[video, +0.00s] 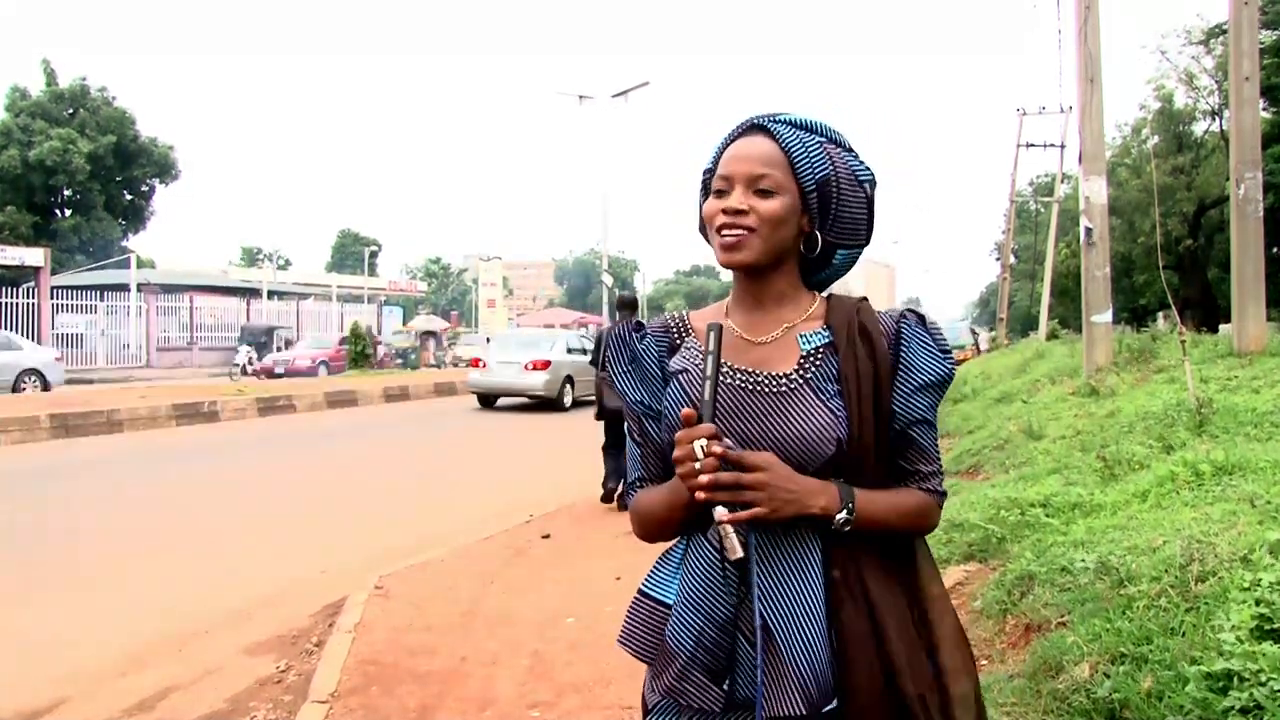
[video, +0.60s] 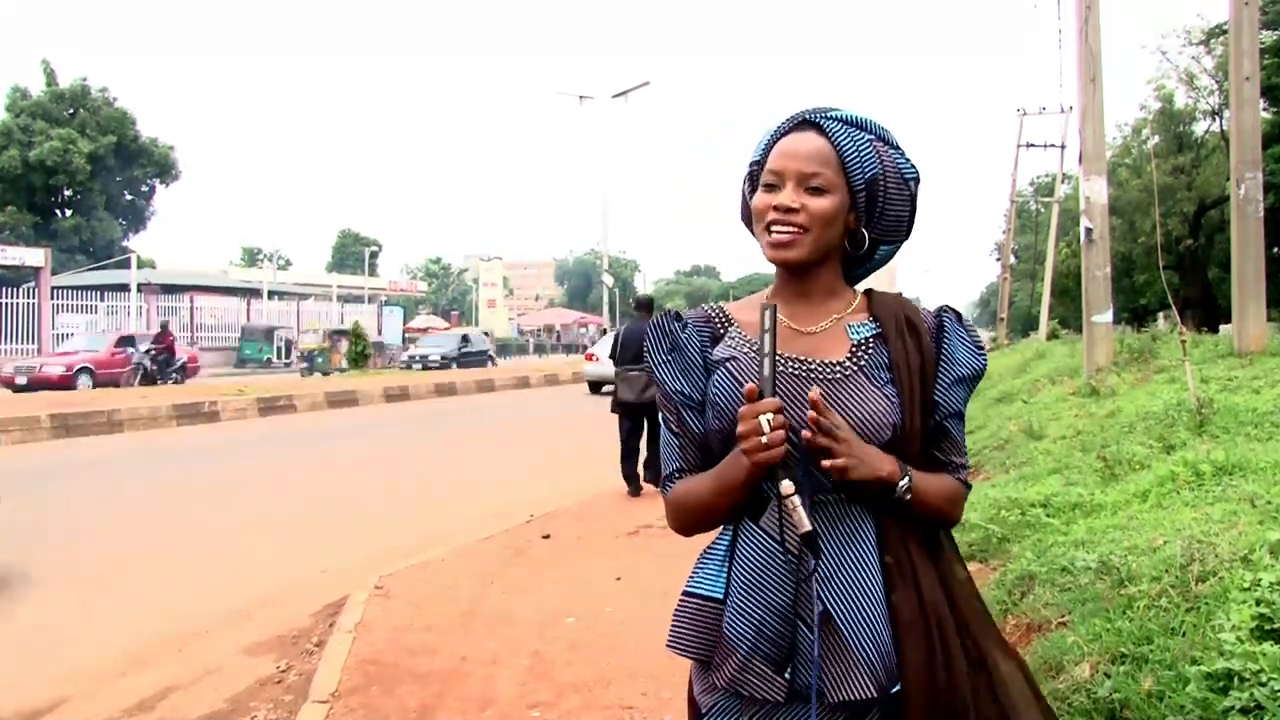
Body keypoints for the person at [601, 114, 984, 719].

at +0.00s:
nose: (733, 206)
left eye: (762, 191)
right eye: (720, 190)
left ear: (809, 217)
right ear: (705, 208)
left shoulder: (877, 342)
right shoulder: (666, 349)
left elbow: (926, 504)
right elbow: (645, 521)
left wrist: (813, 494)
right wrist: (685, 486)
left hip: (847, 651)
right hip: (709, 654)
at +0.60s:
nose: (785, 203)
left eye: (813, 187)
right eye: (771, 184)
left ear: (856, 213)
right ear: (749, 202)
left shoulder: (916, 334)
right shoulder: (706, 336)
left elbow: (952, 498)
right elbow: (680, 514)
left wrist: (878, 465)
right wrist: (742, 461)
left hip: (880, 614)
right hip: (750, 621)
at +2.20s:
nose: (817, 228)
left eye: (847, 210)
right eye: (805, 209)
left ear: (894, 231)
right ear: (788, 224)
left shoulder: (960, 349)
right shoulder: (760, 361)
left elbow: (1001, 519)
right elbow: (743, 531)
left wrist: (960, 453)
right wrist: (786, 494)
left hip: (934, 625)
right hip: (809, 625)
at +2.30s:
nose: (821, 219)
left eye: (849, 202)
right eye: (807, 203)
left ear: (896, 226)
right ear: (790, 223)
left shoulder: (955, 342)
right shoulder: (760, 356)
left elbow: (1006, 514)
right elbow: (743, 525)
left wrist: (968, 395)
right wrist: (783, 486)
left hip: (930, 627)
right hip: (806, 627)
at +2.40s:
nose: (824, 208)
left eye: (850, 190)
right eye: (808, 196)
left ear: (900, 213)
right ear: (791, 220)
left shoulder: (961, 322)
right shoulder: (762, 347)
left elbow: (1014, 491)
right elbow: (742, 517)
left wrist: (975, 323)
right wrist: (781, 473)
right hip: (806, 635)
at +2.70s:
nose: (808, 200)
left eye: (835, 182)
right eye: (794, 188)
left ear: (892, 203)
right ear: (781, 212)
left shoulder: (954, 318)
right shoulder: (751, 336)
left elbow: (1023, 471)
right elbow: (733, 511)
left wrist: (977, 299)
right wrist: (757, 456)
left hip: (909, 627)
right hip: (782, 626)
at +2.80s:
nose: (796, 205)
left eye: (822, 184)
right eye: (783, 191)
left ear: (877, 201)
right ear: (772, 210)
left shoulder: (947, 327)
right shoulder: (750, 338)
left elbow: (996, 492)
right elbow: (730, 511)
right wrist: (751, 462)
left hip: (904, 623)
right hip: (779, 621)